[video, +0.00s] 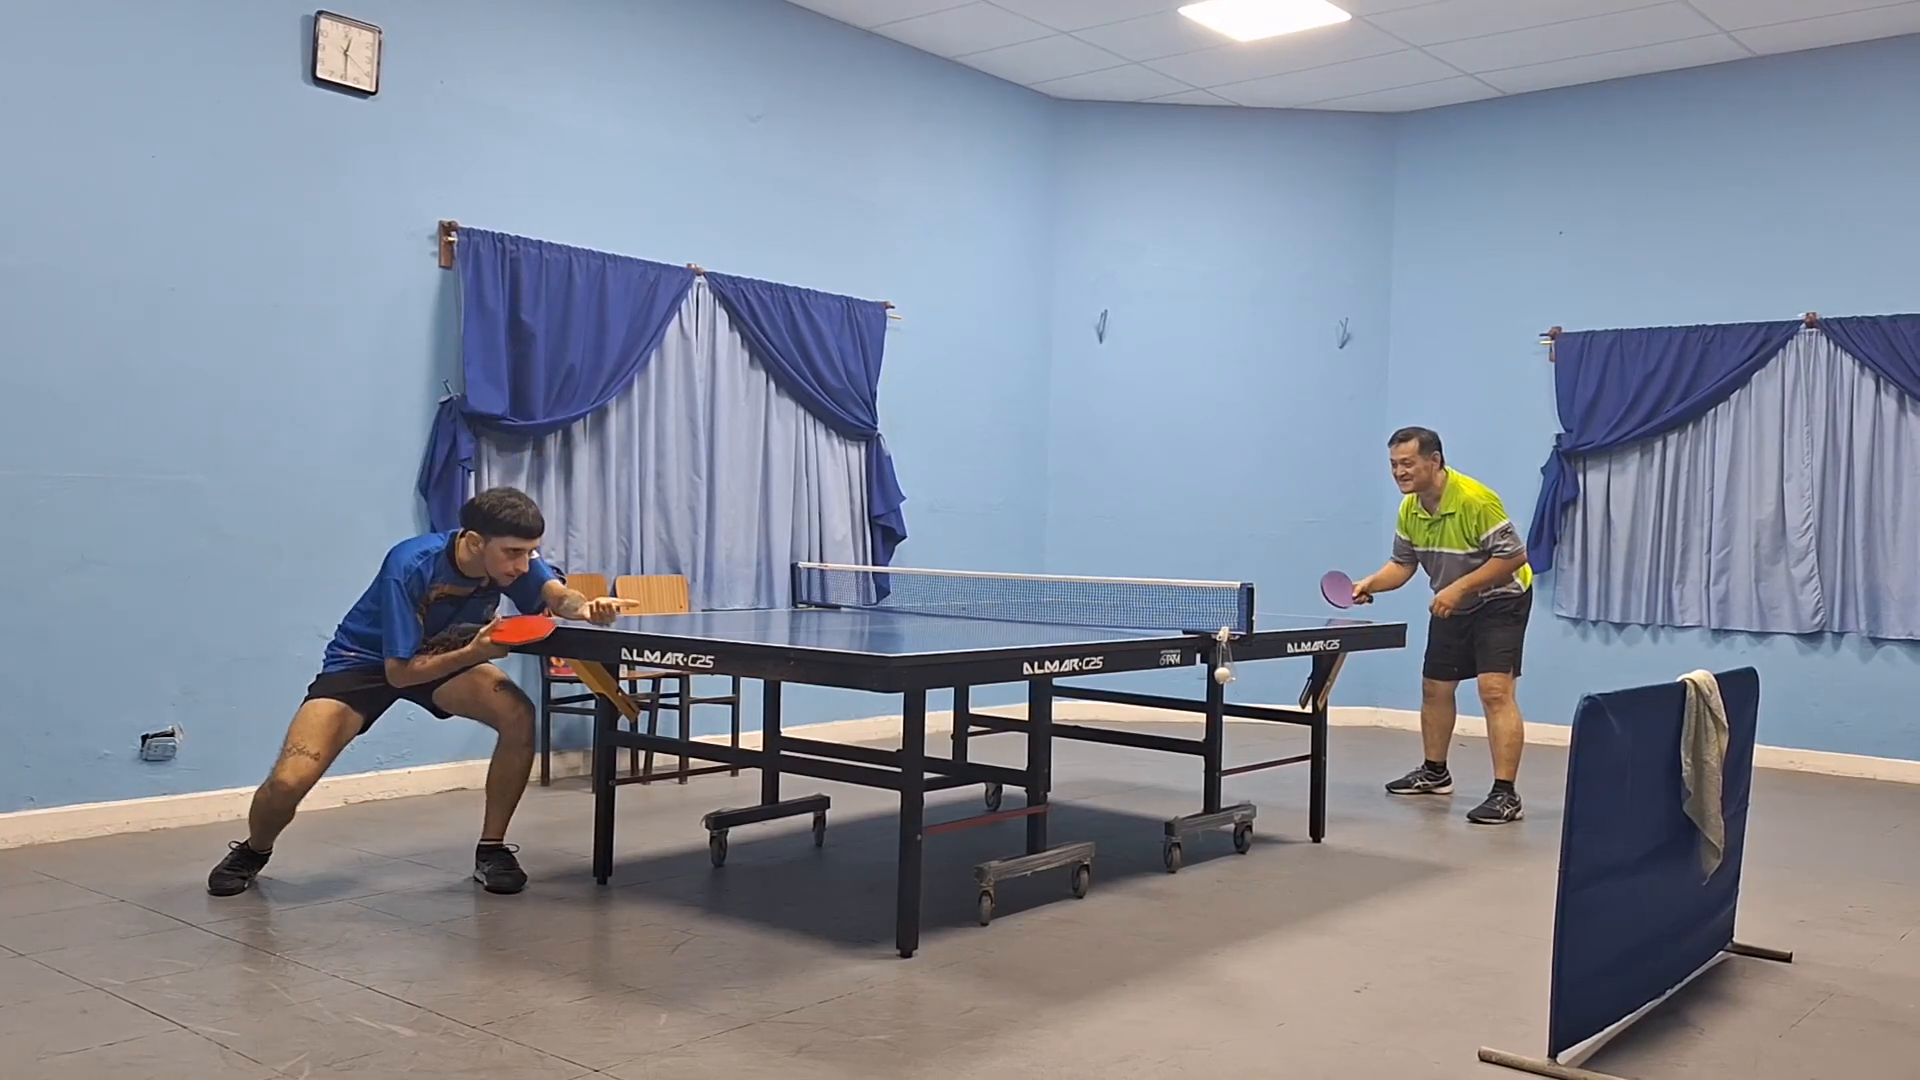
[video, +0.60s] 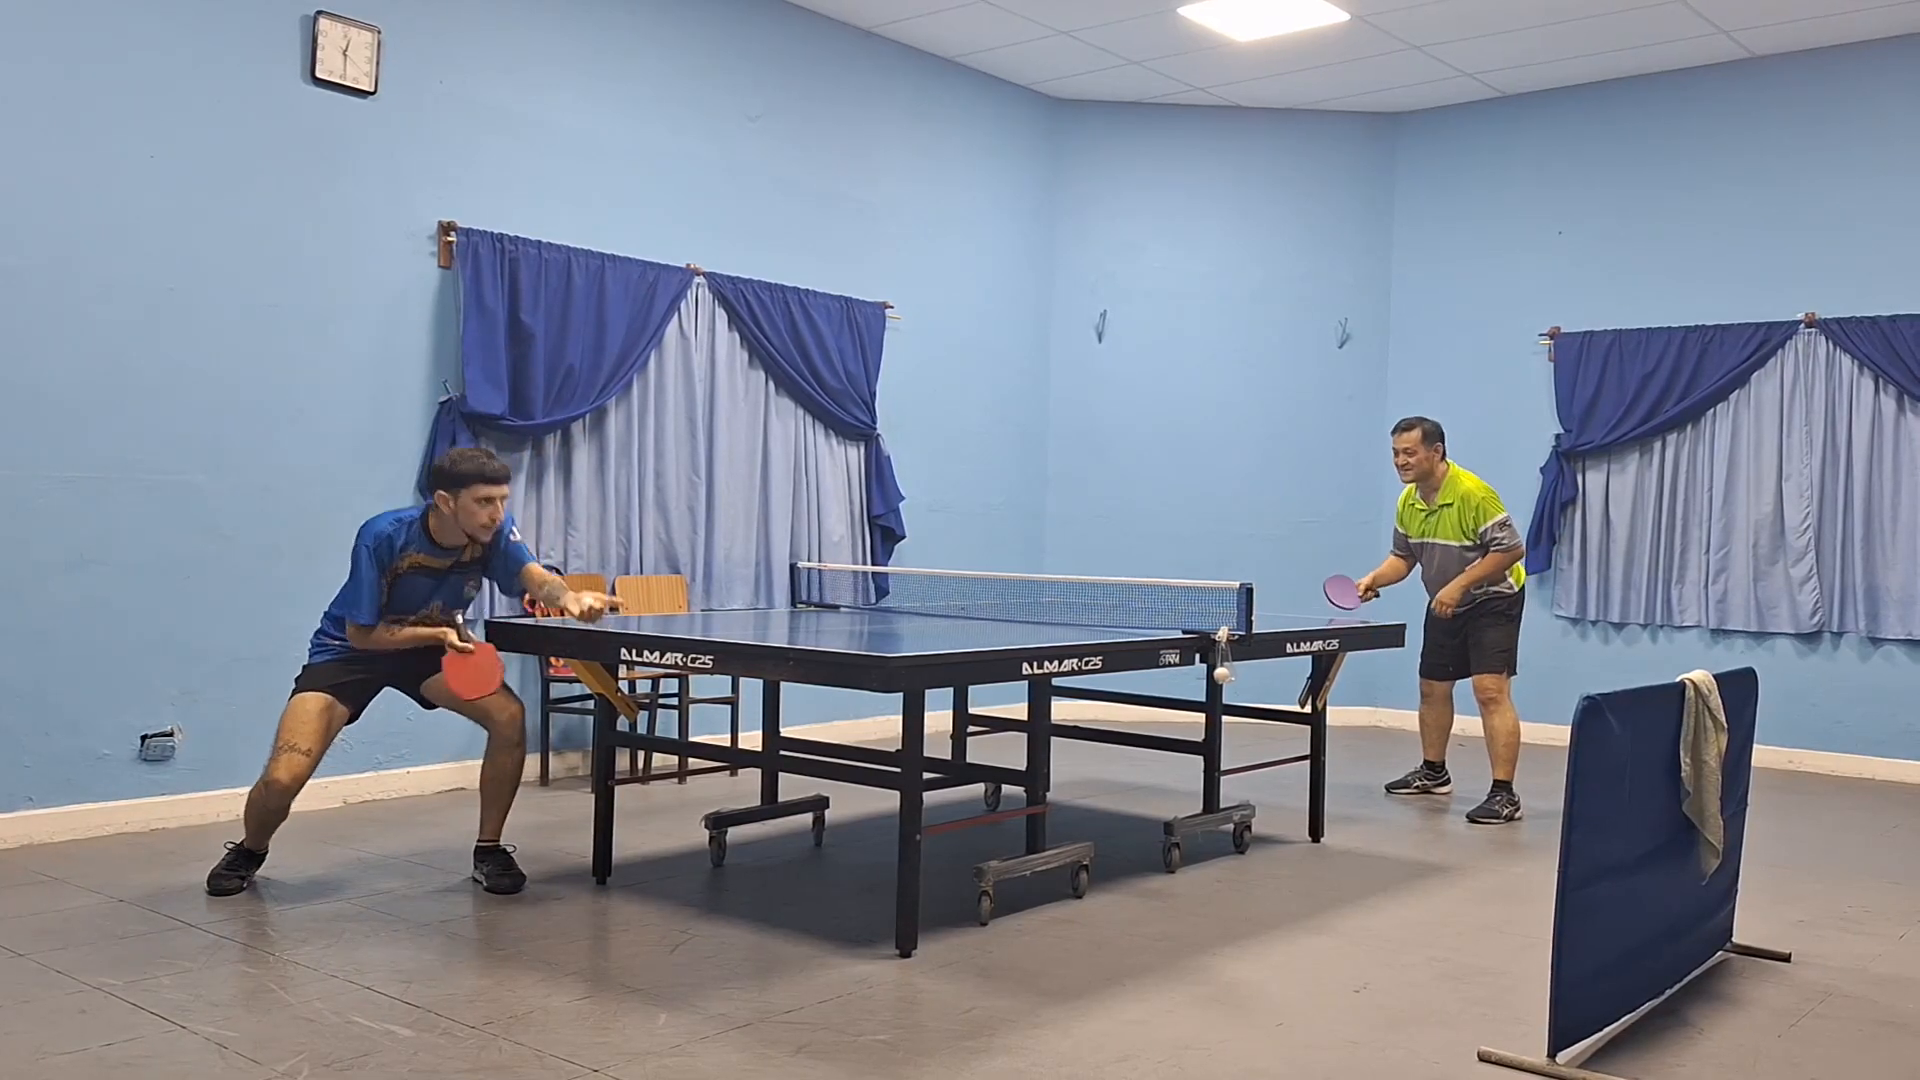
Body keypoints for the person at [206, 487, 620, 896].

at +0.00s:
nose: (523, 564)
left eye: (527, 554)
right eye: (513, 554)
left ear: (528, 548)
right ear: (472, 545)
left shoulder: (513, 564)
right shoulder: (409, 567)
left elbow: (556, 598)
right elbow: (402, 673)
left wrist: (588, 609)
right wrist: (479, 650)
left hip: (438, 663)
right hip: (363, 663)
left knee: (519, 715)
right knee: (289, 780)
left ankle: (493, 850)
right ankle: (254, 850)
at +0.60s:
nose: (499, 515)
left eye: (502, 503)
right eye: (487, 503)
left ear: (503, 502)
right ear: (445, 501)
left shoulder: (493, 536)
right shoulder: (382, 538)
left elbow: (534, 578)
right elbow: (361, 634)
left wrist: (567, 595)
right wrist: (436, 633)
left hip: (428, 651)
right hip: (350, 652)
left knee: (509, 716)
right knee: (282, 777)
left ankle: (490, 851)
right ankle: (248, 852)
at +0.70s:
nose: (478, 477)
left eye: (482, 465)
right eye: (465, 467)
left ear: (487, 466)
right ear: (425, 471)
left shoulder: (479, 507)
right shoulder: (369, 515)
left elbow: (515, 540)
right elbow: (358, 611)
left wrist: (560, 542)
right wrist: (428, 604)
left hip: (423, 640)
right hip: (345, 640)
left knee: (504, 713)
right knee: (282, 767)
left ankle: (488, 850)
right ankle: (247, 851)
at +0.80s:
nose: (455, 439)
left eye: (458, 428)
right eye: (439, 430)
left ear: (463, 432)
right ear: (401, 441)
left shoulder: (467, 477)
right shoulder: (357, 491)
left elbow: (520, 486)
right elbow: (353, 591)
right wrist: (416, 562)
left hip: (423, 623)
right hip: (342, 627)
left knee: (497, 712)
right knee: (280, 761)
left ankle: (488, 850)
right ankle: (245, 851)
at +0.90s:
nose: (428, 407)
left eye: (429, 397)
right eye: (412, 399)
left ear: (435, 404)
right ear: (374, 416)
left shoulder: (446, 446)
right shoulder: (337, 471)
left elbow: (511, 439)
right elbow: (330, 575)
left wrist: (541, 383)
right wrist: (376, 530)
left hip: (418, 611)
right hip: (336, 618)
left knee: (487, 709)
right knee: (276, 752)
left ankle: (488, 849)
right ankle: (244, 850)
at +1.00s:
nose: (396, 385)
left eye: (398, 375)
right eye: (379, 378)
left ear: (405, 385)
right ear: (345, 398)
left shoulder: (431, 433)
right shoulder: (314, 455)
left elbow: (509, 428)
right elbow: (278, 556)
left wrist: (548, 380)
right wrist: (298, 516)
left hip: (408, 604)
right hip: (324, 609)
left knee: (474, 708)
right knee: (268, 747)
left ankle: (487, 849)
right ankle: (243, 849)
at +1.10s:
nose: (370, 373)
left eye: (372, 363)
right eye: (352, 367)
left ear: (381, 375)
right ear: (320, 389)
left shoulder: (413, 429)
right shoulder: (289, 448)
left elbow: (505, 437)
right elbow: (227, 522)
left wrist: (555, 401)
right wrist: (213, 498)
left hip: (394, 600)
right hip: (308, 605)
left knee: (454, 703)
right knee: (260, 738)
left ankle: (485, 849)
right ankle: (241, 851)